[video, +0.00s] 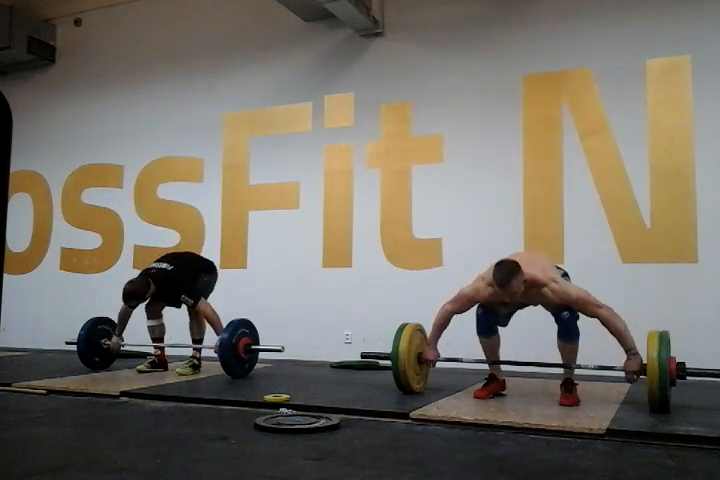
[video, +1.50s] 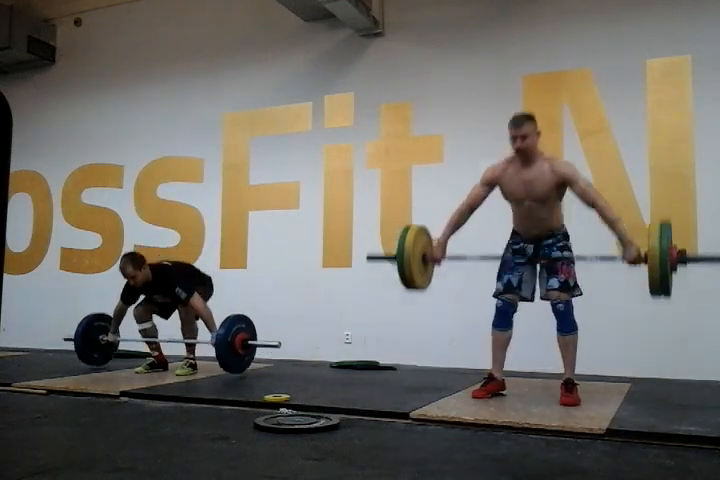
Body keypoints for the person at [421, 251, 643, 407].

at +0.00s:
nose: (512, 299)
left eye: (516, 292)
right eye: (507, 293)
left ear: (523, 283)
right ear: (495, 287)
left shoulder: (549, 286)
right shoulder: (481, 289)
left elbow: (603, 312)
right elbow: (447, 310)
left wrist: (633, 353)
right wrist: (431, 346)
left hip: (552, 277)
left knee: (568, 320)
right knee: (485, 319)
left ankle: (568, 383)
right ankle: (495, 379)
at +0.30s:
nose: (510, 280)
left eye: (514, 274)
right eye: (505, 276)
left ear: (524, 264)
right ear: (496, 270)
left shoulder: (550, 272)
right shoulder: (487, 274)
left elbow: (595, 310)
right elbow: (458, 307)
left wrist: (626, 353)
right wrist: (434, 345)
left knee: (570, 313)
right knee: (491, 308)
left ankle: (570, 382)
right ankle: (495, 378)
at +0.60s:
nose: (512, 270)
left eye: (516, 264)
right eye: (505, 266)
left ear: (527, 254)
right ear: (497, 260)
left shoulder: (550, 273)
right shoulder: (488, 273)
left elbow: (595, 309)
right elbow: (460, 306)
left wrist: (625, 353)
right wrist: (435, 344)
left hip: (549, 303)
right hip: (511, 304)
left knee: (571, 318)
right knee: (481, 314)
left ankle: (570, 383)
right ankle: (495, 379)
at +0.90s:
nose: (511, 260)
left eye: (516, 254)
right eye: (506, 256)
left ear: (527, 245)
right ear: (499, 251)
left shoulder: (551, 268)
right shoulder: (489, 268)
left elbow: (593, 307)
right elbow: (461, 302)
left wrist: (624, 349)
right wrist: (436, 339)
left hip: (549, 299)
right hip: (510, 300)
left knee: (571, 315)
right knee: (479, 312)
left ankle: (570, 383)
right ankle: (494, 379)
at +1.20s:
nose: (511, 219)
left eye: (515, 213)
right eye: (506, 215)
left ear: (528, 207)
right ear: (500, 213)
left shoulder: (550, 229)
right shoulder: (492, 231)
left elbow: (593, 268)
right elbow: (463, 266)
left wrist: (624, 309)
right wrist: (436, 303)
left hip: (555, 265)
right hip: (517, 265)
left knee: (574, 312)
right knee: (488, 308)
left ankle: (571, 383)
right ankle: (494, 378)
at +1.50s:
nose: (519, 144)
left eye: (524, 138)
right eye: (514, 139)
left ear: (537, 135)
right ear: (509, 138)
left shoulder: (559, 170)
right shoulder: (499, 173)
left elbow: (597, 204)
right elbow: (468, 207)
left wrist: (626, 241)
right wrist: (442, 239)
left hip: (554, 243)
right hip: (519, 244)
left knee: (562, 307)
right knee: (504, 307)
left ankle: (569, 381)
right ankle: (495, 378)